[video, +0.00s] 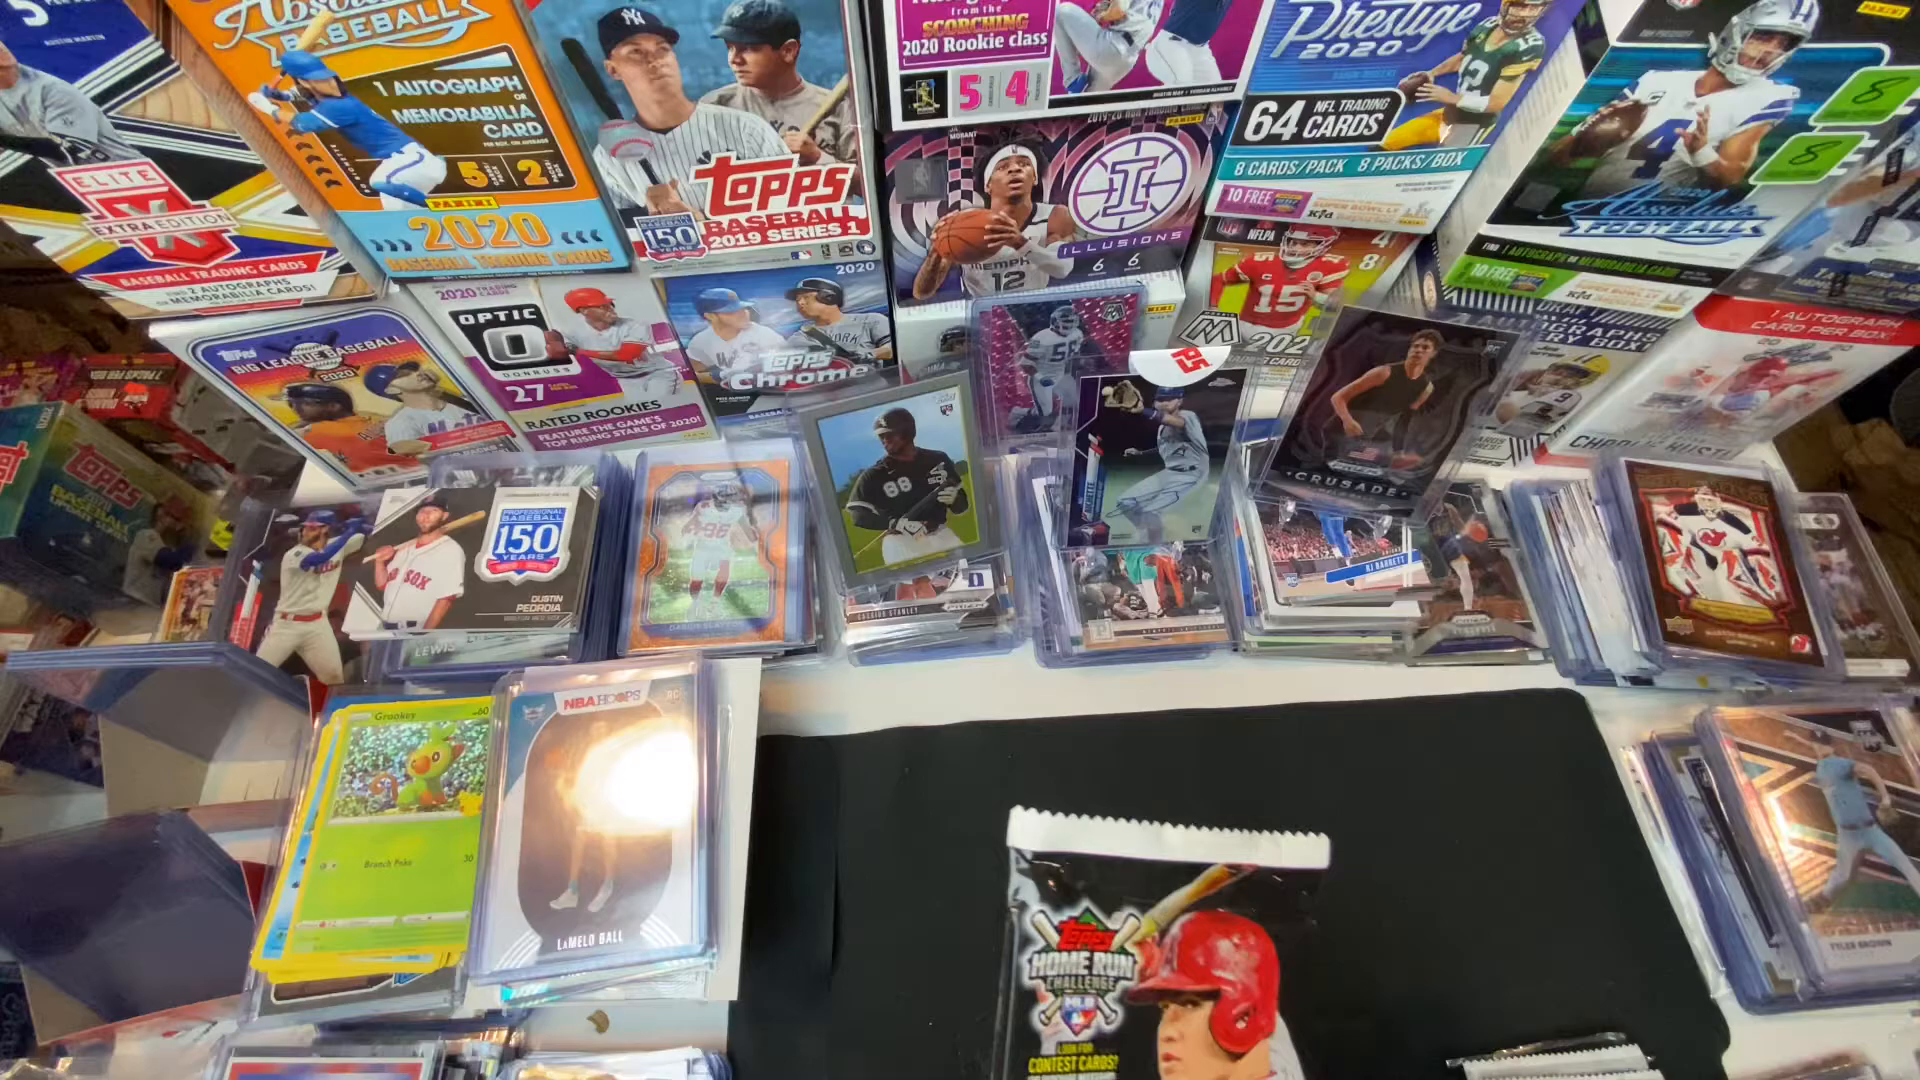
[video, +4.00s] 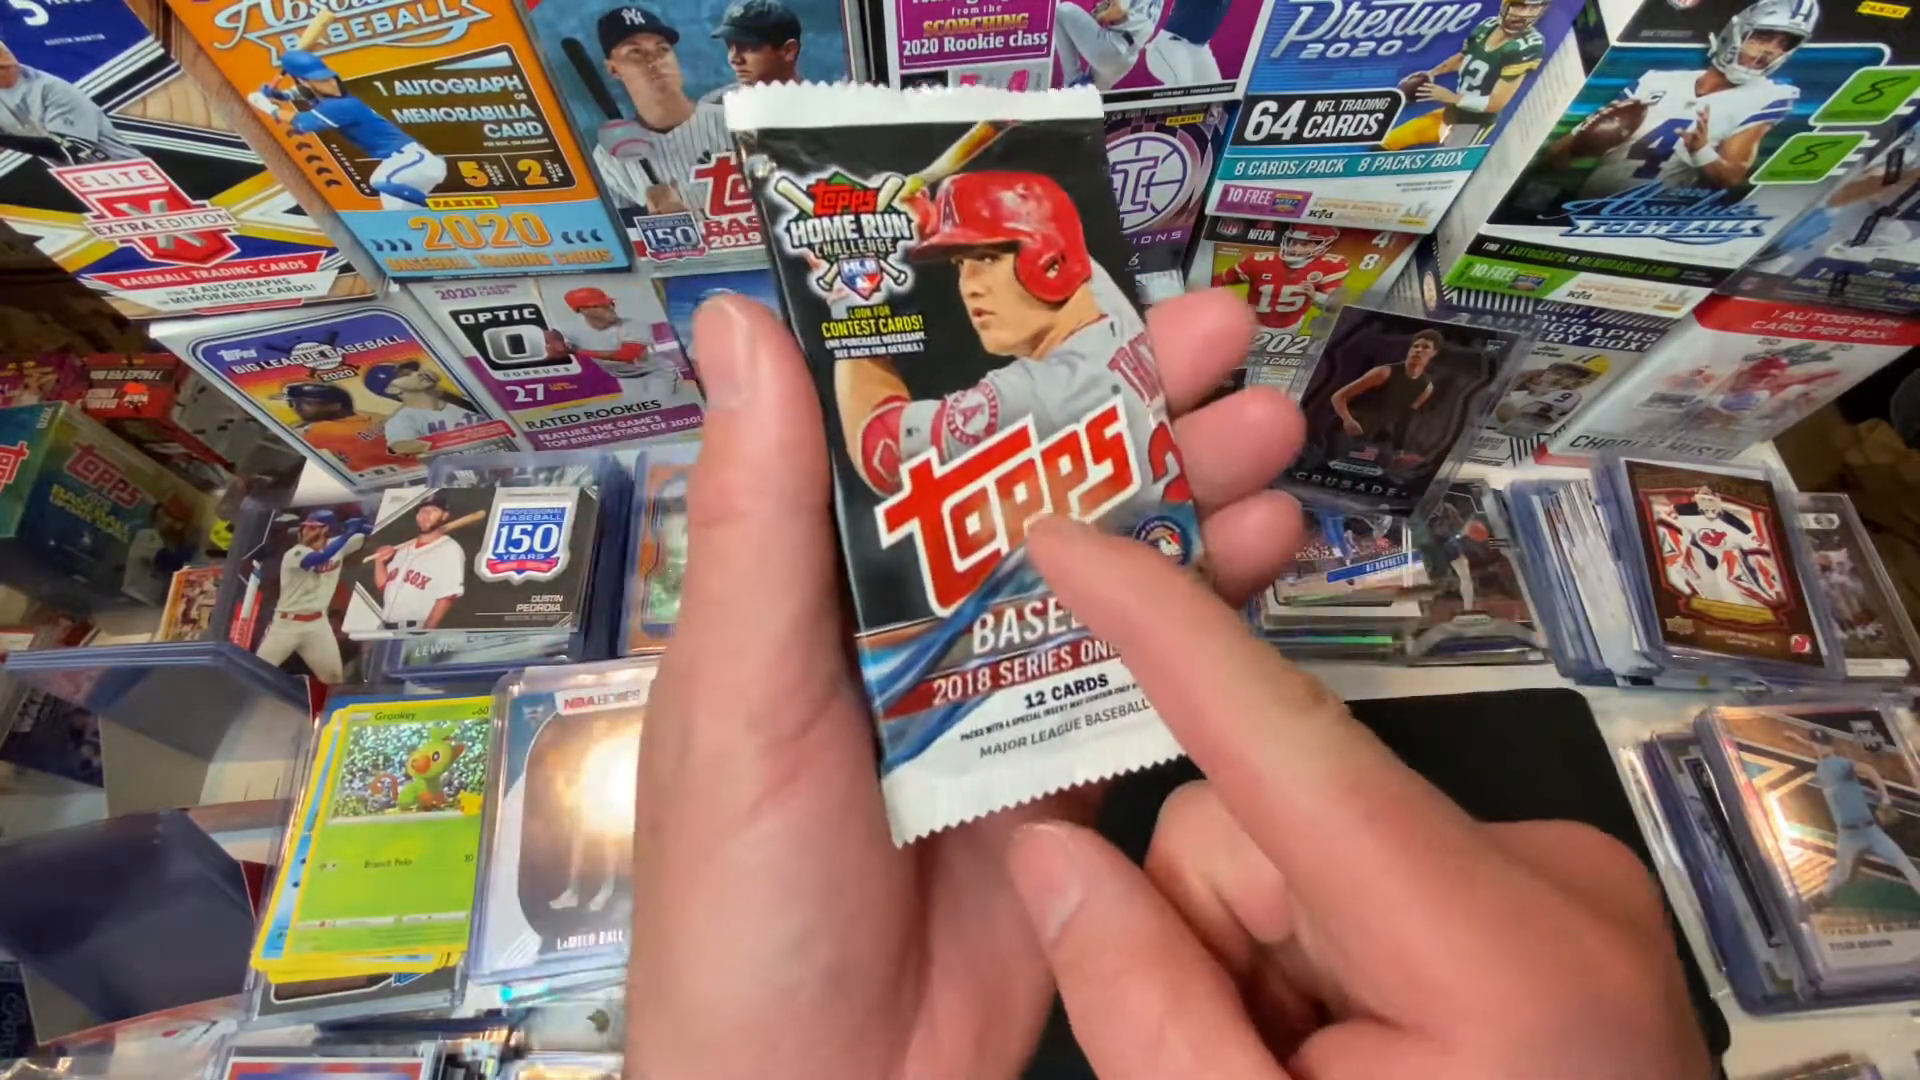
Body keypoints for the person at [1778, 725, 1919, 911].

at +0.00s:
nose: (1820, 749)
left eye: (1822, 744)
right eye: (1816, 746)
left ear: (1829, 744)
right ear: (1815, 749)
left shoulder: (1838, 764)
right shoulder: (1822, 767)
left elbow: (1869, 770)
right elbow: (1812, 746)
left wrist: (1885, 797)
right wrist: (1796, 737)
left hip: (1870, 828)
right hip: (1847, 833)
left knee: (1903, 862)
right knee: (1843, 874)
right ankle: (1824, 898)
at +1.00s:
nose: (1823, 751)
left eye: (1825, 746)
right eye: (1819, 748)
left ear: (1831, 746)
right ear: (1815, 750)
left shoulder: (1841, 765)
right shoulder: (1821, 768)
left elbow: (1869, 770)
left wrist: (1885, 797)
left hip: (1869, 829)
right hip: (1846, 834)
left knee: (1903, 862)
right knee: (1842, 876)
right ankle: (1820, 899)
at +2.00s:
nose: (1823, 749)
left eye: (1825, 744)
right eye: (1818, 746)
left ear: (1831, 745)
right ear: (1813, 748)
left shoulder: (1840, 764)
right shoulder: (1822, 767)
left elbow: (1869, 770)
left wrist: (1885, 797)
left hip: (1871, 829)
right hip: (1847, 834)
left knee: (1903, 863)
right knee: (1843, 876)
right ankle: (1824, 896)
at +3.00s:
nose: (1823, 750)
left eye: (1825, 745)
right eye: (1819, 746)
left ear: (1831, 745)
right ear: (1814, 748)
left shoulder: (1839, 764)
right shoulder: (1822, 767)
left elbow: (1868, 770)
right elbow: (1810, 745)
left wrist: (1885, 798)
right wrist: (1796, 737)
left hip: (1870, 829)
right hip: (1847, 834)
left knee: (1903, 862)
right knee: (1842, 875)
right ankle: (1824, 896)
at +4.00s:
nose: (1823, 749)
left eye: (1825, 744)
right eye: (1819, 745)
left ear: (1831, 745)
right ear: (1814, 748)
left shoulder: (1839, 764)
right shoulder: (1823, 767)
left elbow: (1868, 770)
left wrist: (1884, 797)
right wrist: (1796, 738)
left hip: (1871, 829)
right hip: (1847, 834)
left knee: (1904, 863)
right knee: (1842, 875)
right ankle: (1825, 896)